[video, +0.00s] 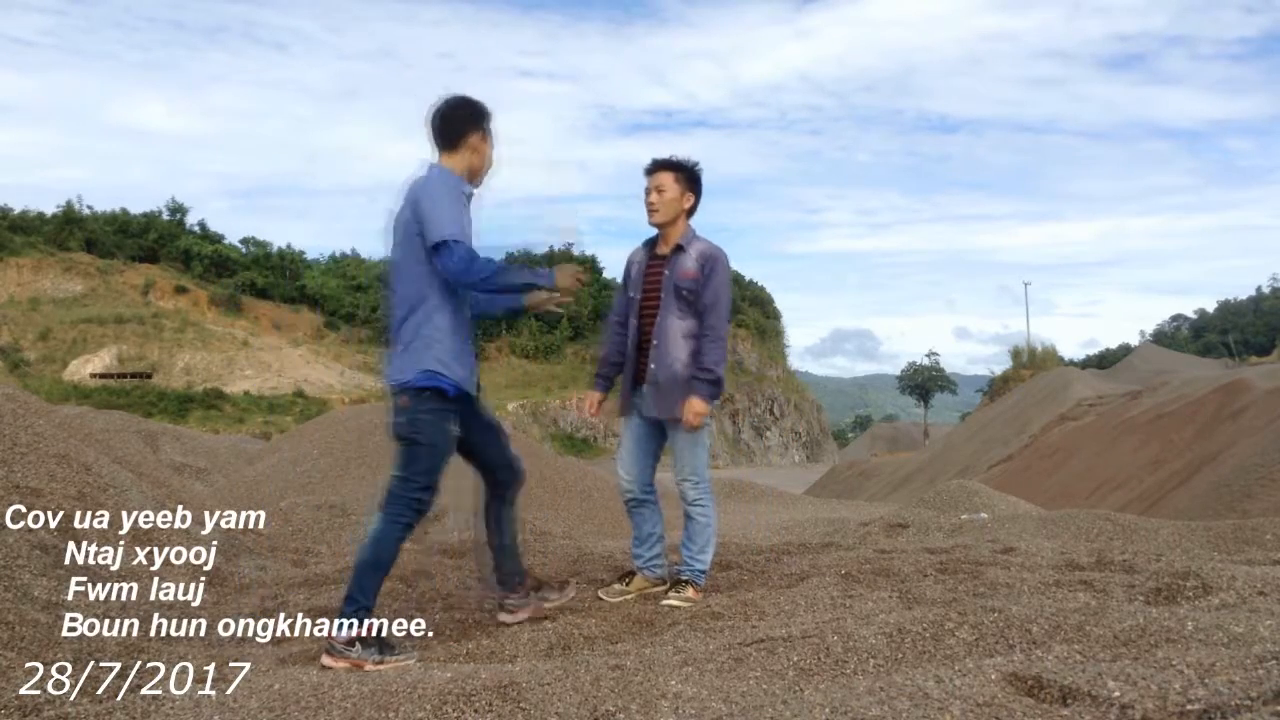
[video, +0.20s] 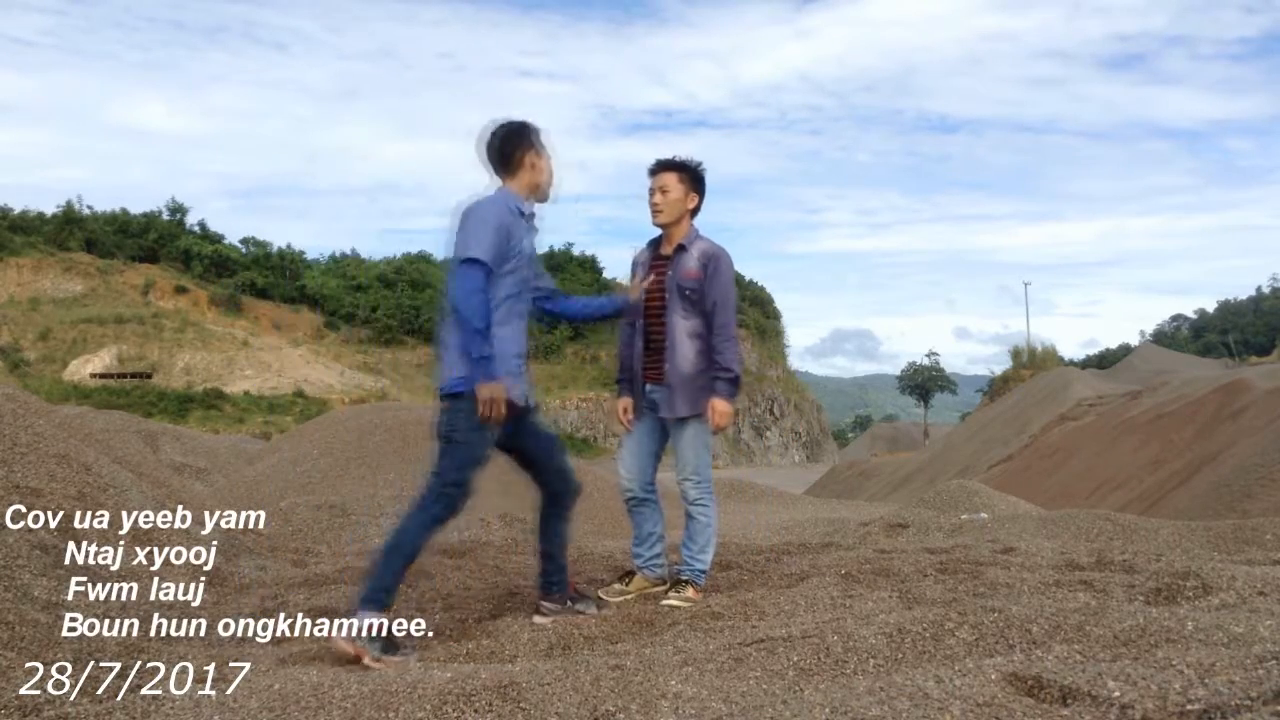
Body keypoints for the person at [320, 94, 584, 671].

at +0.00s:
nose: (491, 156)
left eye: (489, 144)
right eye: (489, 143)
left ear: (448, 141)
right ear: (474, 140)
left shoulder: (434, 197)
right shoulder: (438, 186)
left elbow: (459, 297)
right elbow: (457, 265)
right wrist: (544, 277)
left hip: (446, 380)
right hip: (428, 377)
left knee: (504, 472)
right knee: (406, 503)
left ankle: (514, 592)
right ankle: (349, 631)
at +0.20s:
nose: (552, 167)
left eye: (548, 158)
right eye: (546, 157)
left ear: (519, 165)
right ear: (528, 161)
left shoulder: (521, 227)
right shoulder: (489, 213)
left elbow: (550, 303)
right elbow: (469, 295)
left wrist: (626, 301)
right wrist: (486, 373)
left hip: (507, 394)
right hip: (471, 392)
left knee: (561, 484)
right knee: (442, 498)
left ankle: (555, 594)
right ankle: (366, 617)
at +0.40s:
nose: (606, 168)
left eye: (603, 158)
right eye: (600, 157)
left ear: (576, 165)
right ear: (580, 161)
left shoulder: (575, 239)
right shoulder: (534, 201)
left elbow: (598, 309)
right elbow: (493, 262)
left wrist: (660, 304)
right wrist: (464, 337)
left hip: (548, 383)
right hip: (507, 371)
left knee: (573, 487)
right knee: (507, 485)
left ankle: (556, 595)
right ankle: (445, 602)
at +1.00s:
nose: (549, 139)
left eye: (546, 129)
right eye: (544, 129)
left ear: (518, 135)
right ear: (525, 133)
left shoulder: (524, 201)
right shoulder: (470, 196)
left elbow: (538, 269)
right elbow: (453, 285)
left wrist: (605, 288)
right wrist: (460, 368)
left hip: (527, 372)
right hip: (484, 375)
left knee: (545, 481)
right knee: (496, 489)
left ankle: (550, 590)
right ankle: (460, 611)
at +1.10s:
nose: (542, 134)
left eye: (539, 123)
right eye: (537, 124)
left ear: (507, 130)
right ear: (519, 128)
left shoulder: (515, 196)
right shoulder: (464, 193)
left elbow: (509, 286)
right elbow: (444, 283)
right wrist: (437, 363)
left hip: (519, 370)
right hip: (473, 372)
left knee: (538, 479)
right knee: (488, 486)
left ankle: (540, 588)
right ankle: (458, 612)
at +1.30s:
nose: (538, 128)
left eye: (534, 117)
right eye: (533, 117)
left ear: (504, 125)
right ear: (517, 122)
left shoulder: (508, 194)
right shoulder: (462, 186)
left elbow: (480, 278)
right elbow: (429, 267)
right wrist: (427, 350)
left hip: (511, 367)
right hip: (465, 367)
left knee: (526, 476)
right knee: (474, 485)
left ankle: (500, 583)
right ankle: (453, 612)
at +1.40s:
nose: (535, 125)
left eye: (530, 115)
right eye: (530, 115)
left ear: (498, 123)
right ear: (515, 120)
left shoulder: (503, 188)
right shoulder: (462, 183)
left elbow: (446, 263)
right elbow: (433, 267)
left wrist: (408, 323)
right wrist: (434, 355)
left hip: (506, 366)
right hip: (464, 368)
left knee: (524, 473)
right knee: (471, 483)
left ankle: (486, 576)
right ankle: (447, 612)